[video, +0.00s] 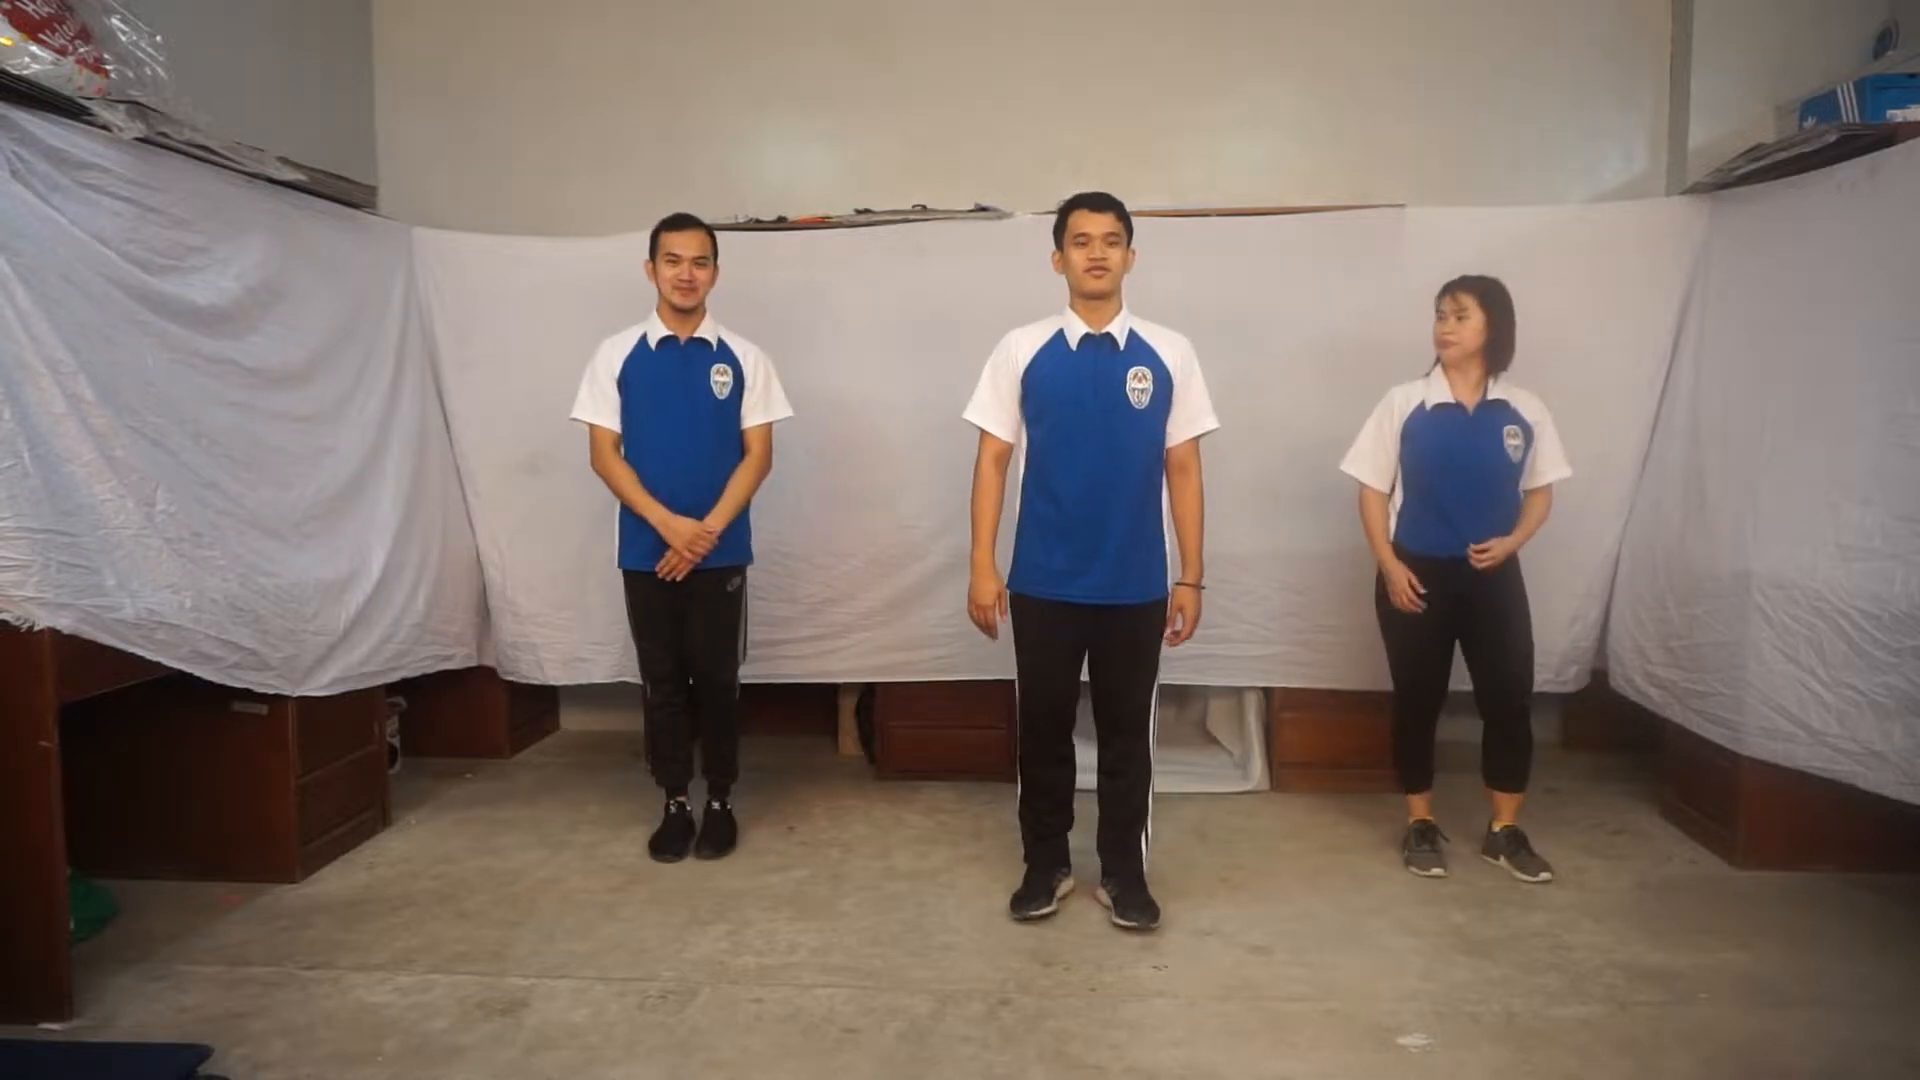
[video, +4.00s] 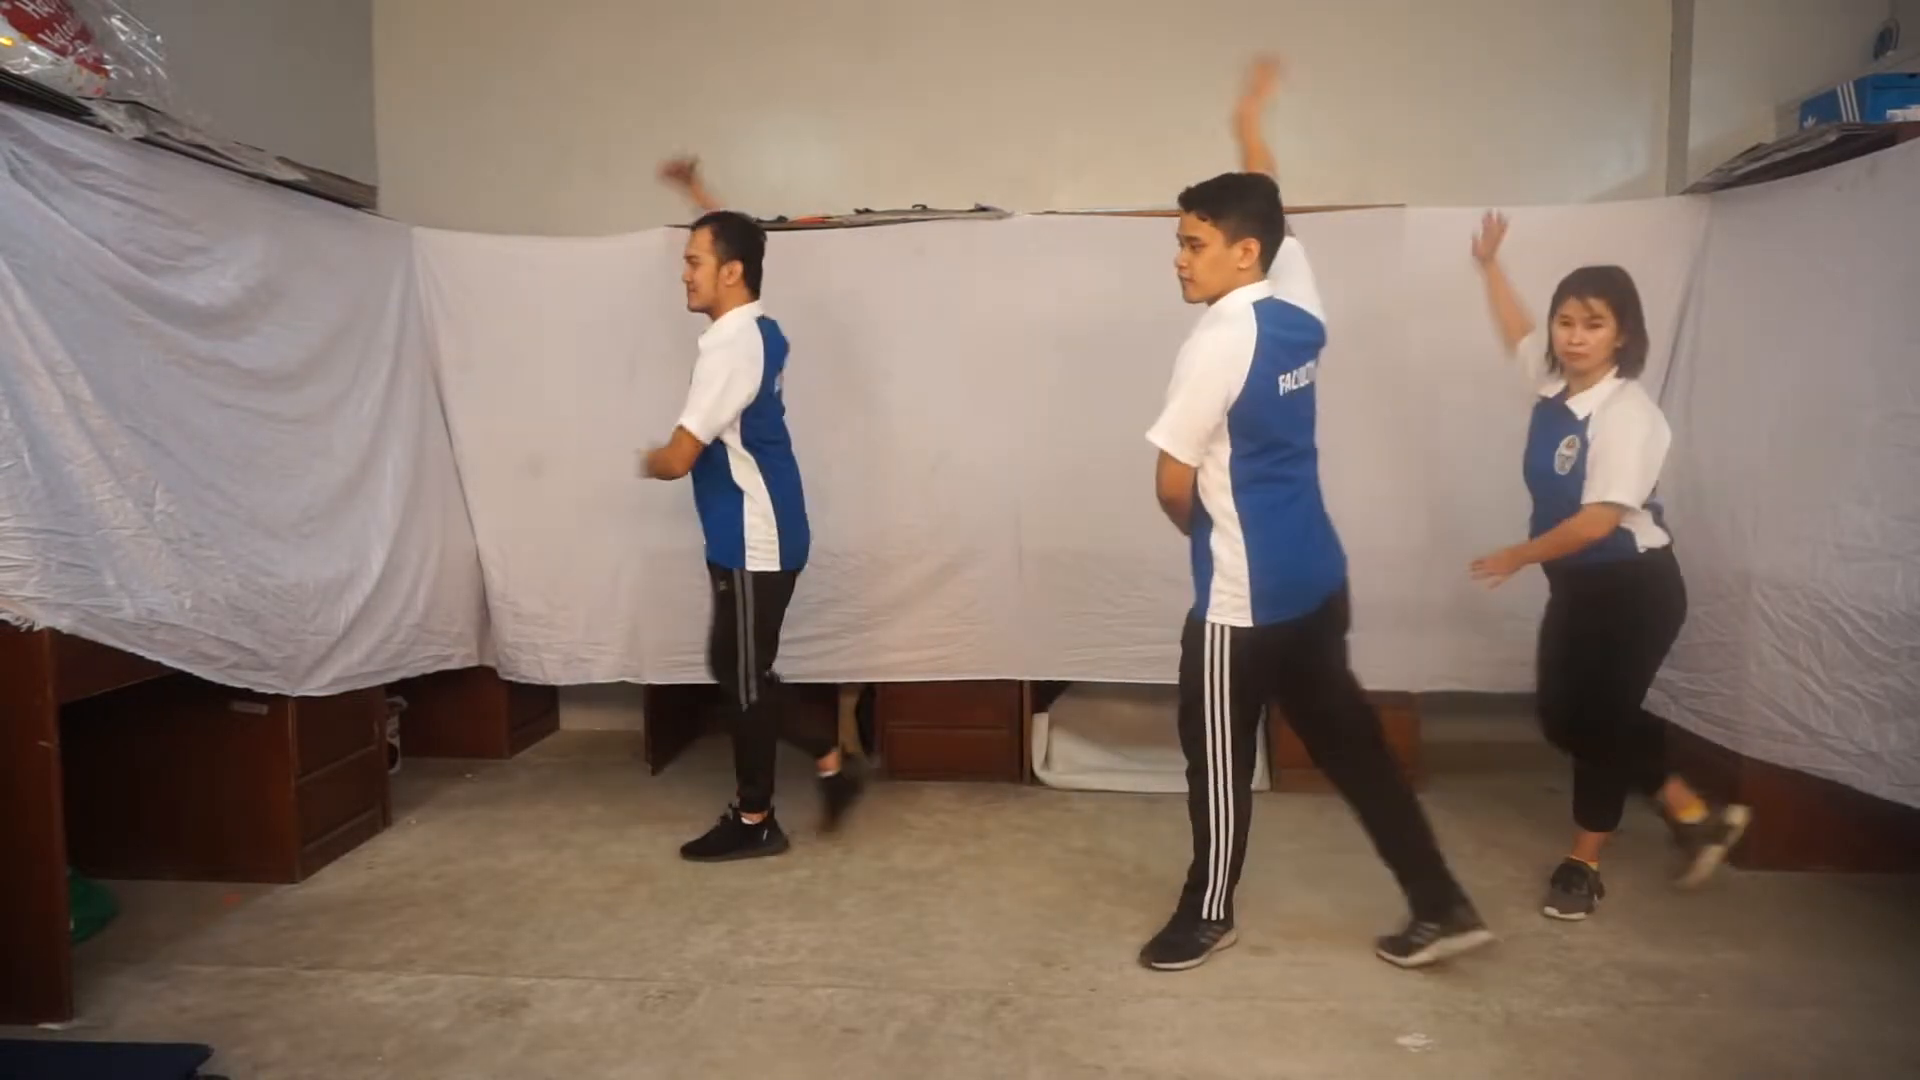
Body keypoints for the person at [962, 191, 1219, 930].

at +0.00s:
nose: (1097, 254)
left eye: (1110, 242)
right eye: (1082, 243)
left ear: (1129, 256)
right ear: (1060, 257)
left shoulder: (1167, 353)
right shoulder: (1021, 349)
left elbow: (1183, 470)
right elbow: (992, 460)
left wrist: (1189, 575)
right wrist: (983, 566)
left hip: (1134, 586)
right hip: (1042, 584)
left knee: (1127, 739)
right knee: (1043, 735)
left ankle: (1125, 873)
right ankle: (1046, 865)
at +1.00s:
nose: (1082, 258)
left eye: (1095, 245)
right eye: (1067, 245)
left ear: (1110, 257)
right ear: (1040, 257)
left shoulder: (1141, 355)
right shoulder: (996, 352)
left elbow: (1163, 471)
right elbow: (977, 466)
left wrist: (1176, 575)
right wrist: (984, 566)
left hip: (1113, 588)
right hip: (1025, 586)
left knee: (1115, 742)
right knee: (1026, 741)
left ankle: (1124, 876)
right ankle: (1027, 876)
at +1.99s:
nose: (1096, 251)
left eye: (1110, 237)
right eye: (1080, 238)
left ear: (1129, 249)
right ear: (1058, 251)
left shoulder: (1166, 352)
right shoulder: (1015, 349)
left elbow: (1186, 474)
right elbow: (996, 468)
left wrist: (1198, 582)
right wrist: (1001, 574)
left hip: (1134, 593)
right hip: (1041, 591)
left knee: (1127, 752)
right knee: (1034, 747)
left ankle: (1127, 888)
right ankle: (1019, 885)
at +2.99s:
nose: (1078, 251)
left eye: (1092, 237)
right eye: (1062, 238)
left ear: (1110, 249)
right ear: (1038, 251)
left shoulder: (1147, 352)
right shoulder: (995, 350)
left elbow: (1166, 474)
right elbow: (972, 468)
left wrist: (1173, 583)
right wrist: (979, 575)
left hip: (1119, 594)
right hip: (1025, 594)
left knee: (1118, 753)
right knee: (1025, 752)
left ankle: (1126, 886)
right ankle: (1019, 886)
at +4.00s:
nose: (1179, 262)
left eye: (1192, 247)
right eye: (1181, 246)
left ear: (1249, 251)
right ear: (1254, 251)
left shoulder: (1219, 336)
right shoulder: (1295, 303)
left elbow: (1172, 481)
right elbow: (1274, 218)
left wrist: (1203, 527)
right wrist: (1250, 121)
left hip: (1240, 586)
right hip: (1310, 569)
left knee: (1217, 755)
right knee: (1345, 737)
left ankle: (1207, 913)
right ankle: (1440, 904)